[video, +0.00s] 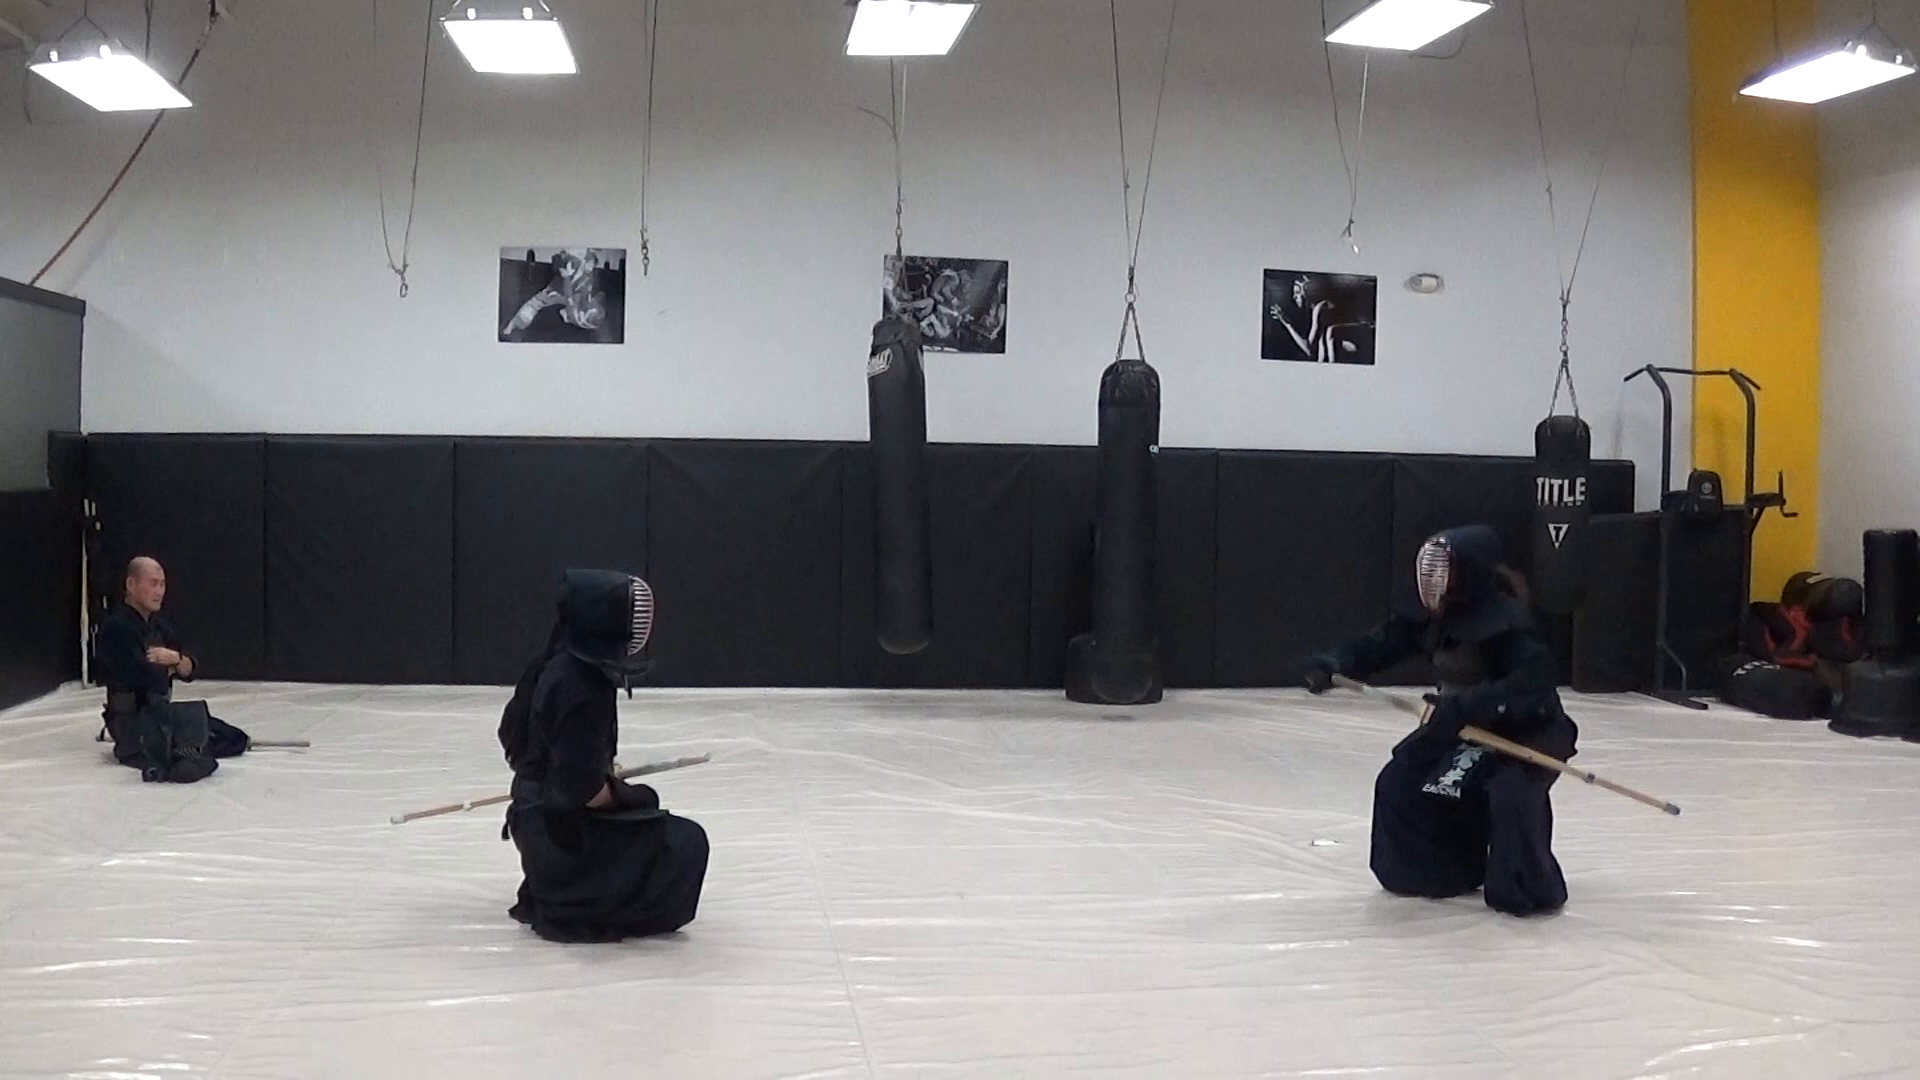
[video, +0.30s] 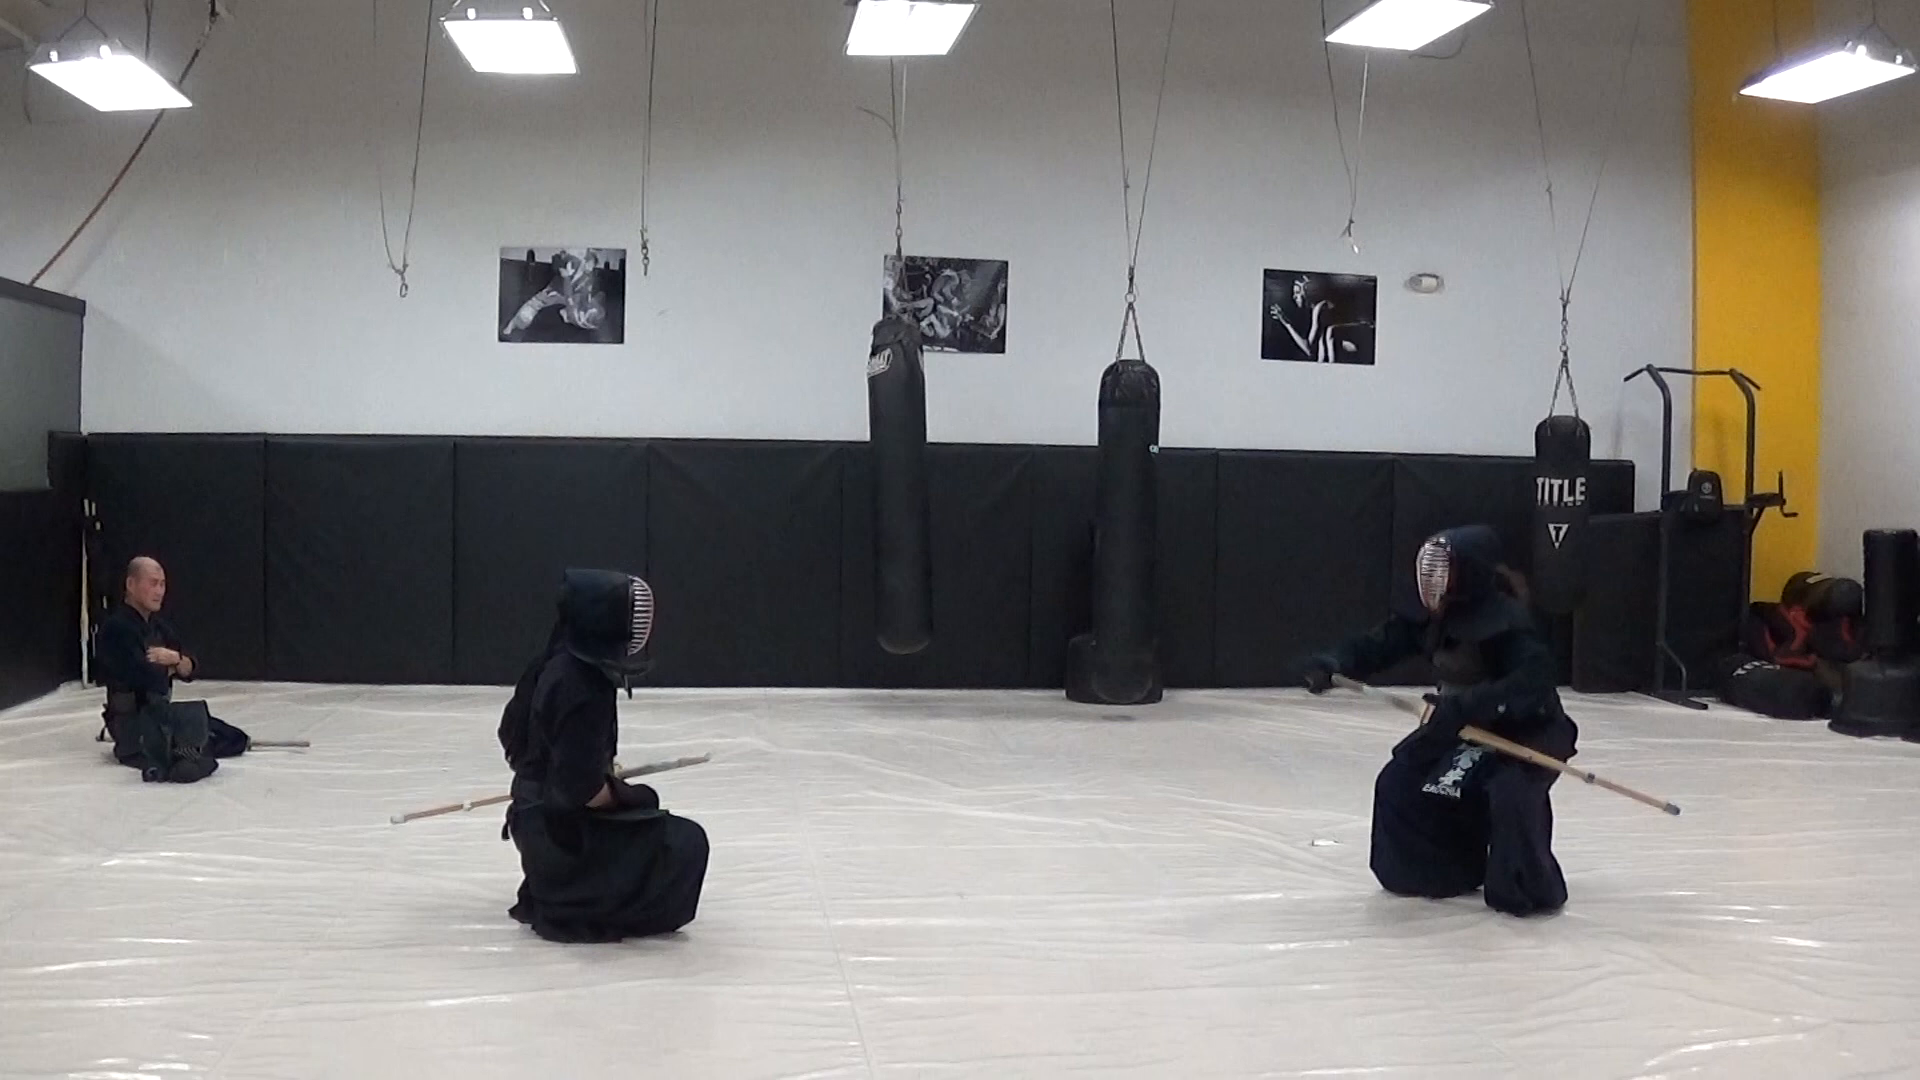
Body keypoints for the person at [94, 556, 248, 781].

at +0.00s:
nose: (160, 591)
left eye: (162, 585)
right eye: (153, 583)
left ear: (165, 587)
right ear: (130, 585)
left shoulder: (159, 623)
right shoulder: (116, 627)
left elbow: (191, 670)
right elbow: (140, 678)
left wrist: (176, 658)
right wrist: (173, 667)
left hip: (161, 719)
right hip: (129, 726)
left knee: (237, 740)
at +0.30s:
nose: (160, 591)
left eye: (162, 585)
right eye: (153, 583)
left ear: (165, 587)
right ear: (130, 585)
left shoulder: (159, 623)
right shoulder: (116, 627)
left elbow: (191, 670)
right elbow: (140, 678)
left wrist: (176, 658)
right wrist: (173, 667)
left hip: (161, 719)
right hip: (129, 726)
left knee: (237, 740)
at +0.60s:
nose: (160, 591)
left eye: (162, 585)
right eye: (153, 583)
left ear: (165, 587)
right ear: (130, 585)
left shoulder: (157, 623)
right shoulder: (116, 626)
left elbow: (191, 669)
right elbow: (141, 679)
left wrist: (176, 658)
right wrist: (173, 667)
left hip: (160, 718)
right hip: (129, 726)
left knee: (237, 740)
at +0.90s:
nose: (159, 591)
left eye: (162, 585)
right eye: (153, 584)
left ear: (165, 587)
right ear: (130, 585)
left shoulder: (156, 622)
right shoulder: (116, 626)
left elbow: (190, 670)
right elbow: (138, 677)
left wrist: (175, 657)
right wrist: (173, 666)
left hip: (162, 717)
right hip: (130, 724)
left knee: (236, 740)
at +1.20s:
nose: (159, 591)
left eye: (161, 584)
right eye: (152, 583)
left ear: (164, 587)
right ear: (130, 585)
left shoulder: (156, 623)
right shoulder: (116, 626)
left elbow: (190, 670)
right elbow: (142, 678)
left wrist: (175, 658)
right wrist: (172, 666)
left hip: (161, 719)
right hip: (130, 727)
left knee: (236, 740)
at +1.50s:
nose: (158, 590)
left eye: (161, 584)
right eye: (151, 582)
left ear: (164, 586)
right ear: (129, 585)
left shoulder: (157, 623)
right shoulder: (116, 626)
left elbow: (190, 671)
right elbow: (144, 679)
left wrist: (176, 658)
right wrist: (173, 667)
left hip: (161, 719)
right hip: (130, 728)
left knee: (236, 740)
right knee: (200, 761)